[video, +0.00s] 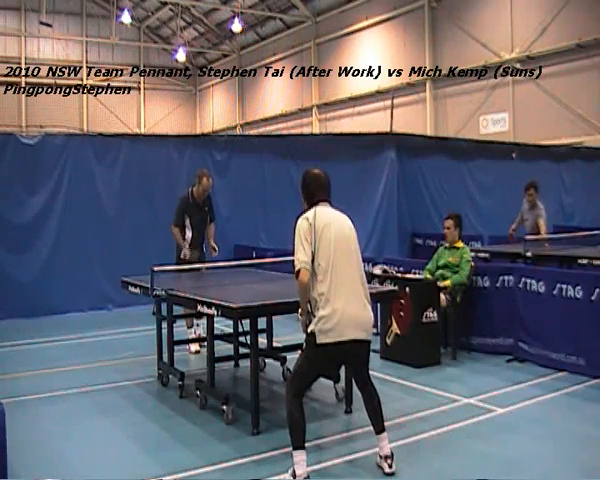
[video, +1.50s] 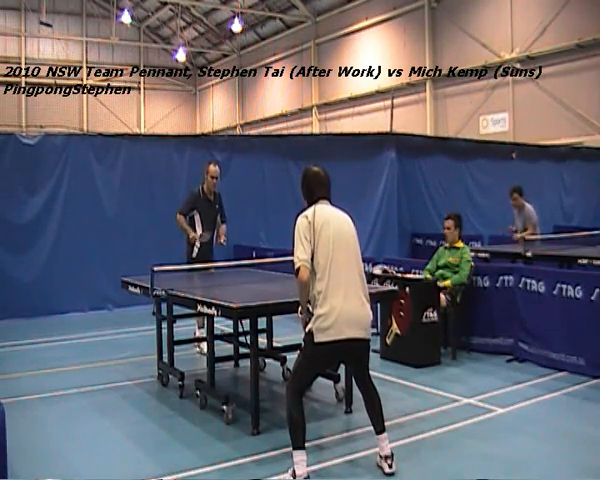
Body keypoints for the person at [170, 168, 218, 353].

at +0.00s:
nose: (206, 192)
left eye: (208, 188)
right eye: (204, 188)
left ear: (210, 187)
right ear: (197, 185)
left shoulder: (207, 200)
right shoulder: (185, 200)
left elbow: (210, 222)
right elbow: (175, 226)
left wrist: (211, 241)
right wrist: (183, 246)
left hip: (200, 250)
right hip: (186, 251)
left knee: (200, 289)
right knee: (187, 292)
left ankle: (198, 327)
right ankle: (190, 332)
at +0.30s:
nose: (208, 193)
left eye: (210, 190)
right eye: (206, 189)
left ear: (212, 188)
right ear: (198, 185)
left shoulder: (208, 198)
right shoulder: (188, 201)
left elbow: (211, 220)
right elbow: (184, 231)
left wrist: (211, 240)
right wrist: (194, 255)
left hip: (201, 247)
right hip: (188, 248)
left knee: (201, 288)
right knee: (188, 291)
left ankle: (198, 328)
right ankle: (191, 331)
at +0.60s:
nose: (212, 188)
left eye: (214, 185)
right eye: (210, 184)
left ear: (214, 184)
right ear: (203, 182)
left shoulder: (210, 197)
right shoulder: (191, 199)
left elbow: (212, 218)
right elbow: (183, 227)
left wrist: (215, 235)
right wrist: (185, 254)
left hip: (203, 250)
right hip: (191, 251)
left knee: (203, 289)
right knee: (190, 292)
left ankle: (198, 328)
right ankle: (191, 330)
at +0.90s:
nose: (214, 181)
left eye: (216, 177)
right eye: (211, 177)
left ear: (217, 178)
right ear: (203, 176)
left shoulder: (214, 196)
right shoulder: (193, 196)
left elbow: (217, 218)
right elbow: (181, 220)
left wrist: (219, 225)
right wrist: (182, 246)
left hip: (207, 251)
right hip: (193, 252)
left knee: (206, 292)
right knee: (193, 293)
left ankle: (200, 329)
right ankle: (192, 331)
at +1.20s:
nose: (214, 178)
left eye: (216, 175)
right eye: (211, 175)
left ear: (218, 176)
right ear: (204, 174)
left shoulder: (215, 195)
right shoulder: (194, 194)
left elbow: (219, 217)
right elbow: (180, 216)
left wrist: (218, 226)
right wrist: (183, 240)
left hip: (208, 251)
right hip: (194, 252)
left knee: (207, 292)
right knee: (196, 293)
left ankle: (202, 331)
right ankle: (197, 332)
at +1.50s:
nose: (215, 181)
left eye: (217, 178)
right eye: (212, 177)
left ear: (219, 178)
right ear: (205, 177)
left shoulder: (217, 197)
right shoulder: (195, 196)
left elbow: (222, 220)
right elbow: (179, 215)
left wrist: (221, 233)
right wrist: (190, 232)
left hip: (209, 249)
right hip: (196, 249)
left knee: (209, 291)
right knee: (199, 292)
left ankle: (202, 332)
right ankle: (200, 332)